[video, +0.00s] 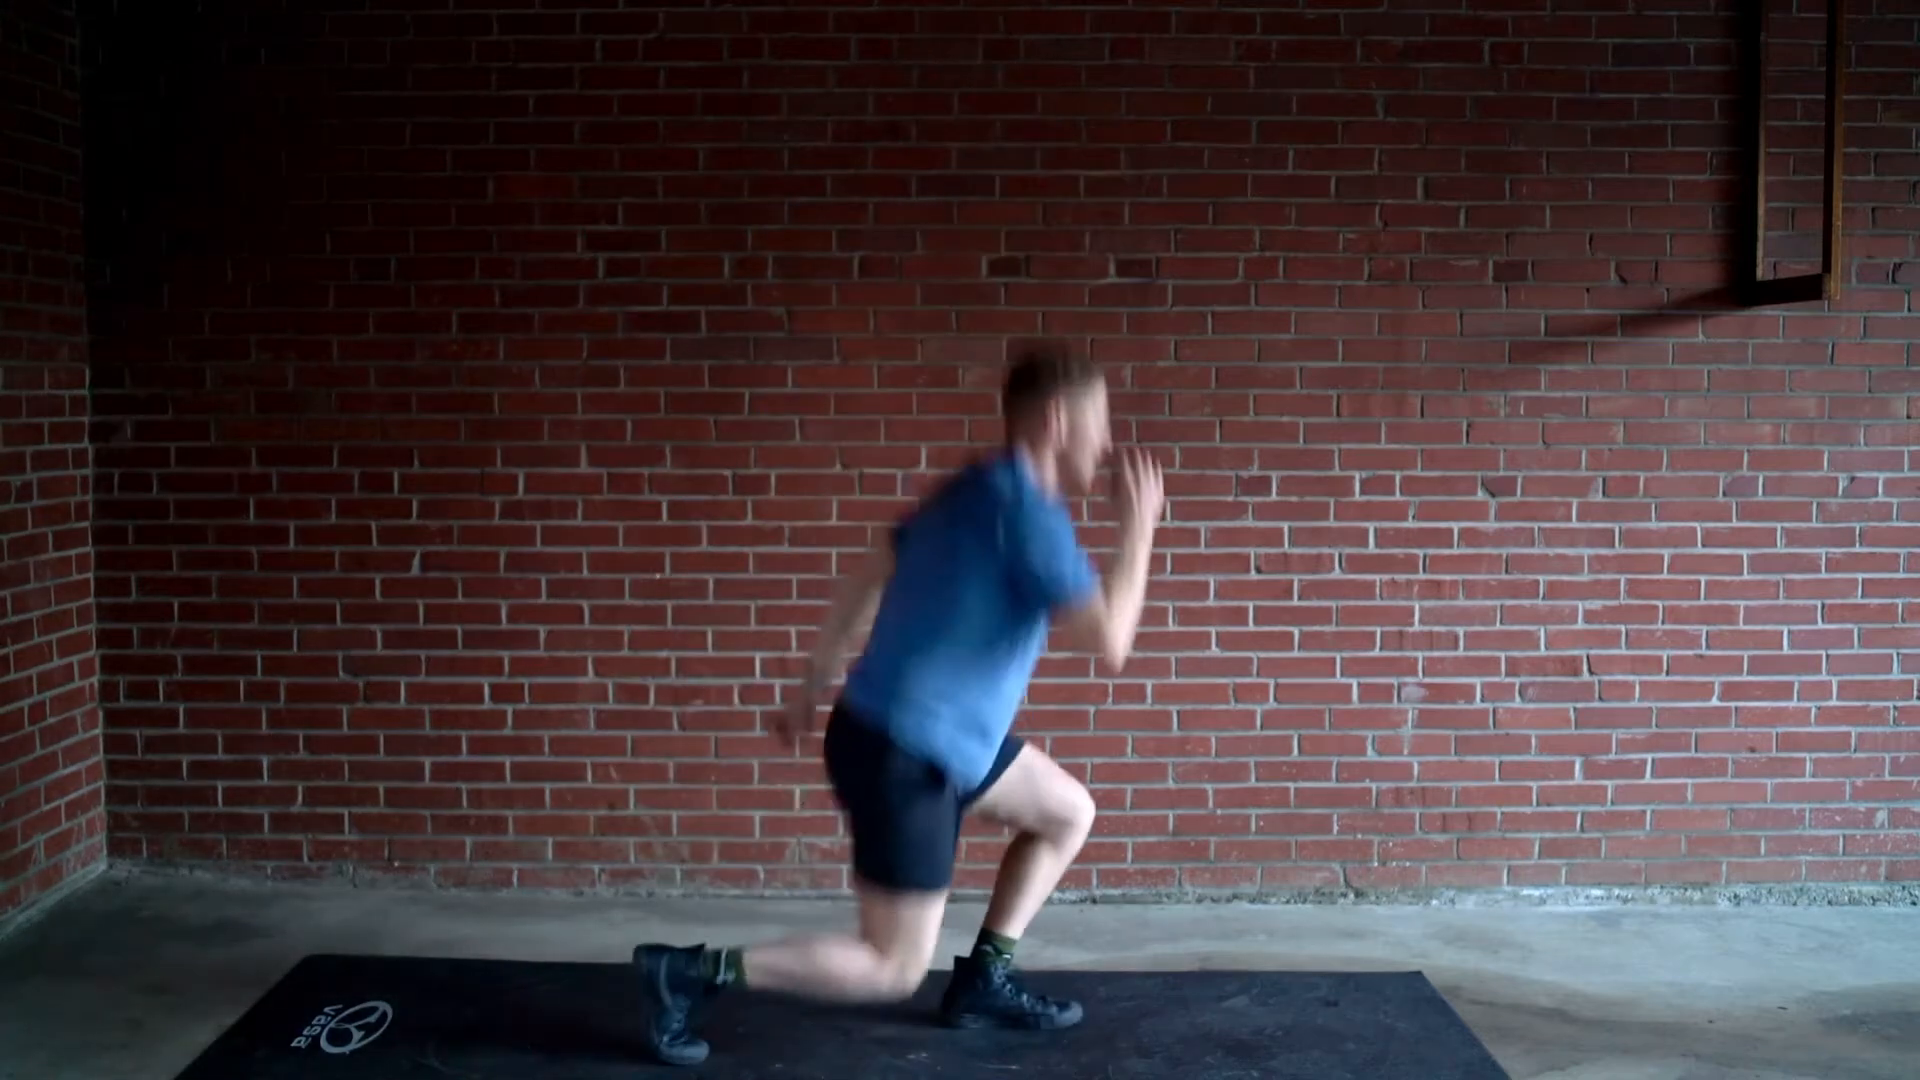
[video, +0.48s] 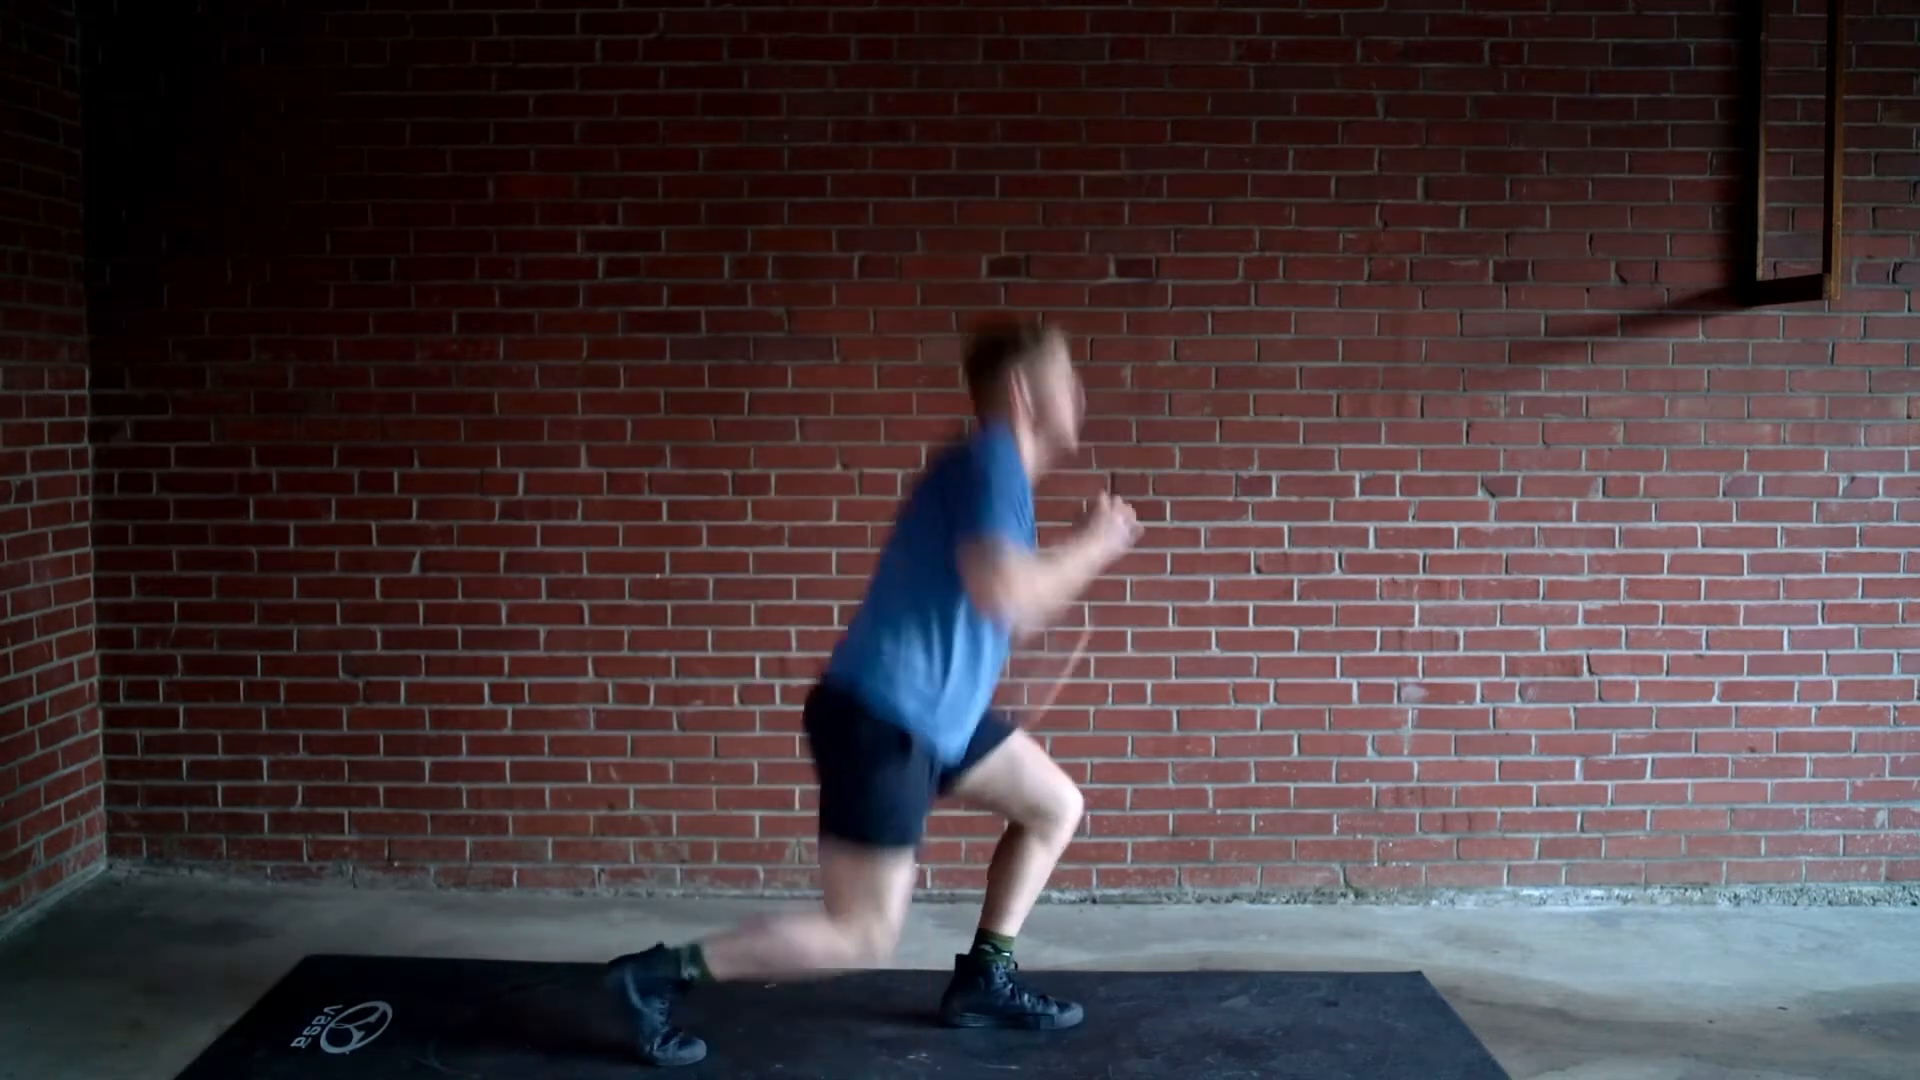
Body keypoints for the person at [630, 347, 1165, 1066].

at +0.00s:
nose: (1108, 436)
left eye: (1106, 417)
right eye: (1097, 417)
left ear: (1037, 418)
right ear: (1055, 418)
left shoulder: (975, 489)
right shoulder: (1024, 510)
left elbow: (876, 567)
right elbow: (1112, 642)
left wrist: (819, 677)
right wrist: (1142, 525)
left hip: (936, 732)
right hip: (901, 743)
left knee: (1068, 813)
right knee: (892, 968)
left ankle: (986, 979)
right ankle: (693, 973)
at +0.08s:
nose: (1110, 484)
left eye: (1108, 468)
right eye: (1101, 467)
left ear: (1045, 472)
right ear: (1056, 473)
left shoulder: (971, 537)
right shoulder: (1019, 558)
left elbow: (869, 629)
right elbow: (1112, 692)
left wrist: (817, 731)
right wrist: (1142, 573)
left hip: (926, 765)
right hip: (888, 782)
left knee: (1069, 813)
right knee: (891, 1003)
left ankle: (984, 980)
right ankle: (695, 973)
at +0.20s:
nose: (1113, 527)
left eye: (1111, 511)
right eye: (1104, 511)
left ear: (1046, 520)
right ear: (1060, 519)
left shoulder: (975, 575)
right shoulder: (1024, 600)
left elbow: (868, 662)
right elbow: (1110, 732)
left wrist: (818, 768)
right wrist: (1138, 617)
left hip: (907, 793)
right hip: (872, 810)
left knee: (1064, 815)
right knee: (891, 1028)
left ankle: (986, 980)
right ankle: (703, 978)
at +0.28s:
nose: (1113, 527)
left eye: (1110, 510)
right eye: (1103, 510)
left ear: (1048, 522)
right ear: (1058, 521)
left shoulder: (998, 580)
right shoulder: (1016, 592)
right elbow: (1103, 730)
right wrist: (1137, 619)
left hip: (916, 790)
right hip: (867, 804)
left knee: (1061, 816)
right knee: (890, 1024)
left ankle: (986, 980)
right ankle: (699, 978)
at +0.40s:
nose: (1096, 465)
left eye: (1092, 449)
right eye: (1083, 449)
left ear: (1033, 462)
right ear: (1038, 462)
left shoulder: (1009, 538)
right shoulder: (1002, 537)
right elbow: (1068, 680)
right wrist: (1118, 581)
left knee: (1060, 812)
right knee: (880, 986)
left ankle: (983, 981)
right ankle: (678, 974)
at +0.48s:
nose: (1079, 397)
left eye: (1074, 379)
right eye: (1066, 379)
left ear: (1016, 391)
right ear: (1021, 389)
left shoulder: (1000, 472)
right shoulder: (988, 461)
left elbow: (1008, 607)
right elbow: (1006, 594)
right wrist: (1098, 542)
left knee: (1054, 808)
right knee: (863, 935)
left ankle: (985, 980)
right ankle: (657, 974)